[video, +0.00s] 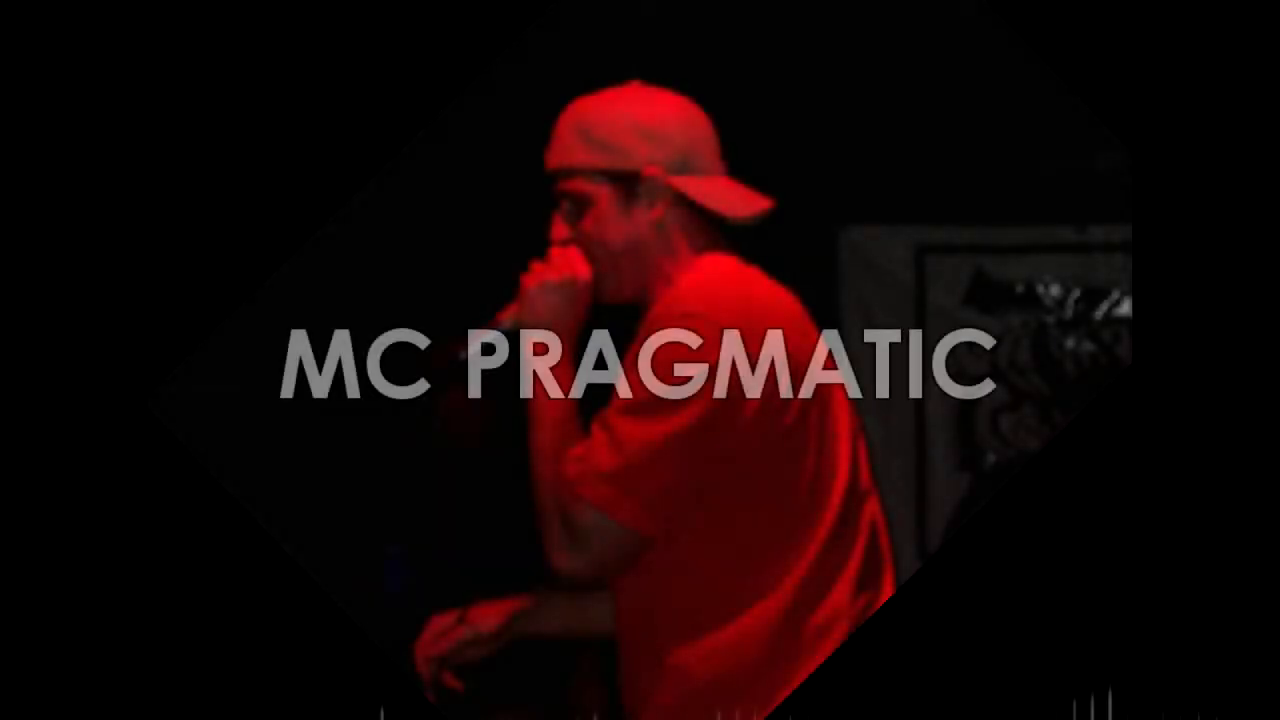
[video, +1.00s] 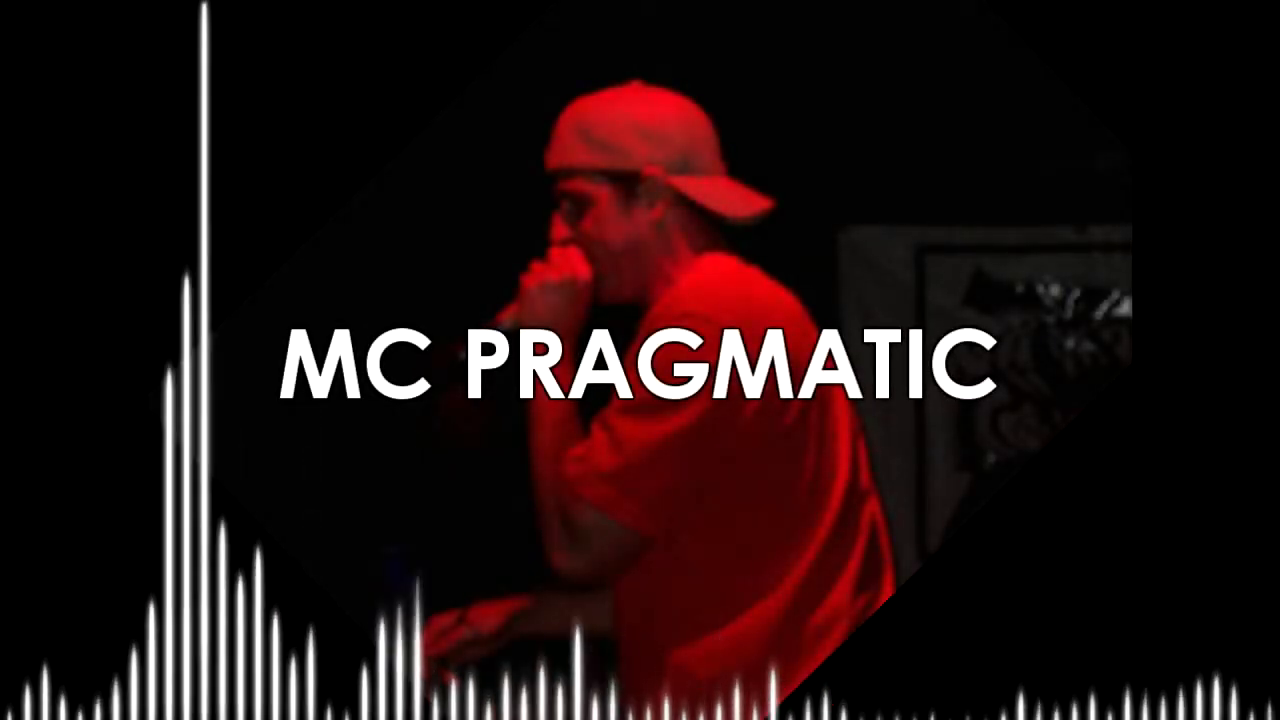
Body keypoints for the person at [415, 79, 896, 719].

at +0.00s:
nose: (559, 234)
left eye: (577, 206)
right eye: (559, 209)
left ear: (653, 200)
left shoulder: (705, 315)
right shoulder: (750, 305)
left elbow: (578, 542)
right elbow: (701, 576)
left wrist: (546, 348)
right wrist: (520, 621)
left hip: (731, 700)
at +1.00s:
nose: (558, 234)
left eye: (576, 207)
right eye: (559, 209)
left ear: (654, 201)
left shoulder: (707, 313)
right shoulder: (748, 304)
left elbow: (579, 541)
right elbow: (702, 576)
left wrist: (545, 348)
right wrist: (524, 616)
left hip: (736, 705)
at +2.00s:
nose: (559, 233)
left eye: (576, 206)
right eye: (559, 209)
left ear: (652, 199)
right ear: (649, 200)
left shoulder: (706, 314)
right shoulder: (746, 303)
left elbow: (577, 544)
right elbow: (700, 580)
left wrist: (546, 348)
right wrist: (520, 619)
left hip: (736, 704)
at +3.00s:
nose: (560, 233)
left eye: (577, 206)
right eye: (560, 209)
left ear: (652, 198)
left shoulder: (705, 314)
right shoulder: (747, 303)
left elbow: (577, 544)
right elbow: (702, 579)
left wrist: (546, 348)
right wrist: (521, 619)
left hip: (735, 706)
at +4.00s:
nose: (560, 233)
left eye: (577, 207)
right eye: (560, 209)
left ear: (653, 198)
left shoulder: (706, 314)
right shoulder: (744, 303)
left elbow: (577, 544)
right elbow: (696, 579)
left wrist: (545, 347)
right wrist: (518, 620)